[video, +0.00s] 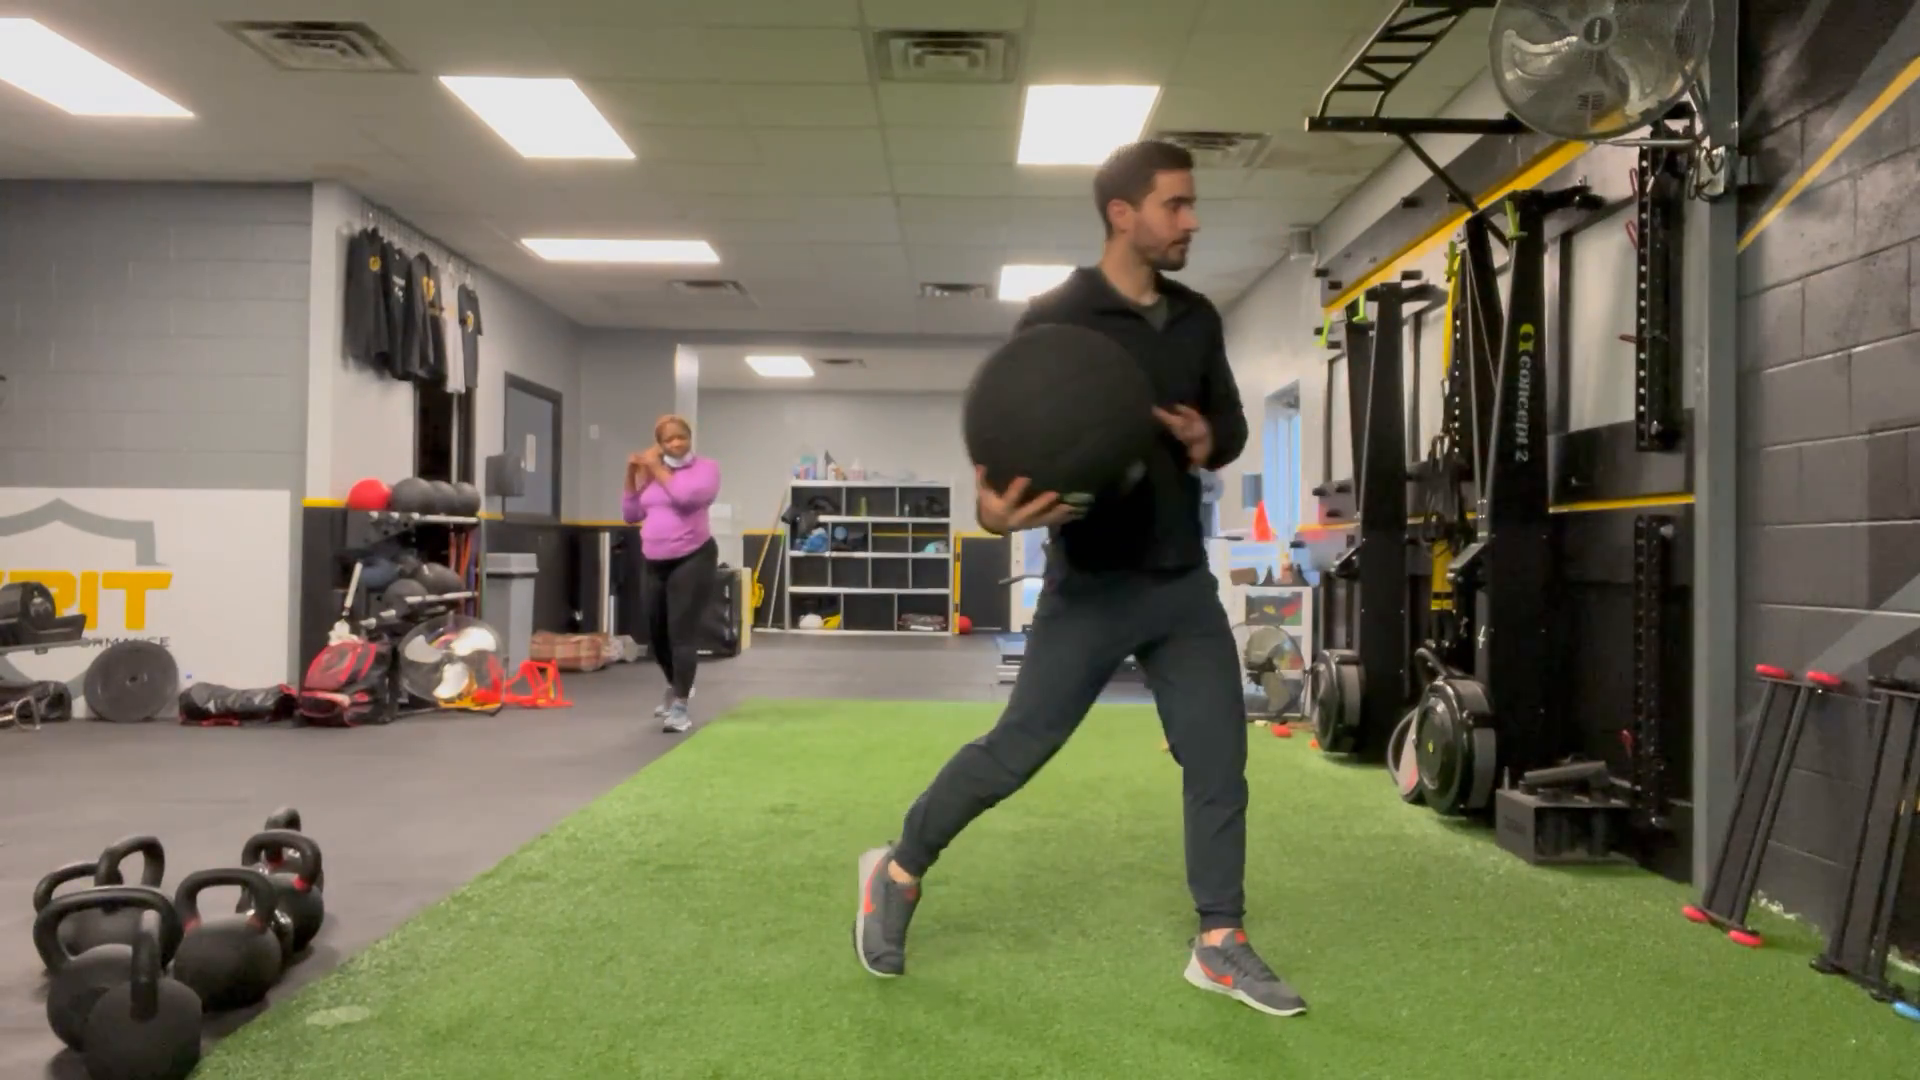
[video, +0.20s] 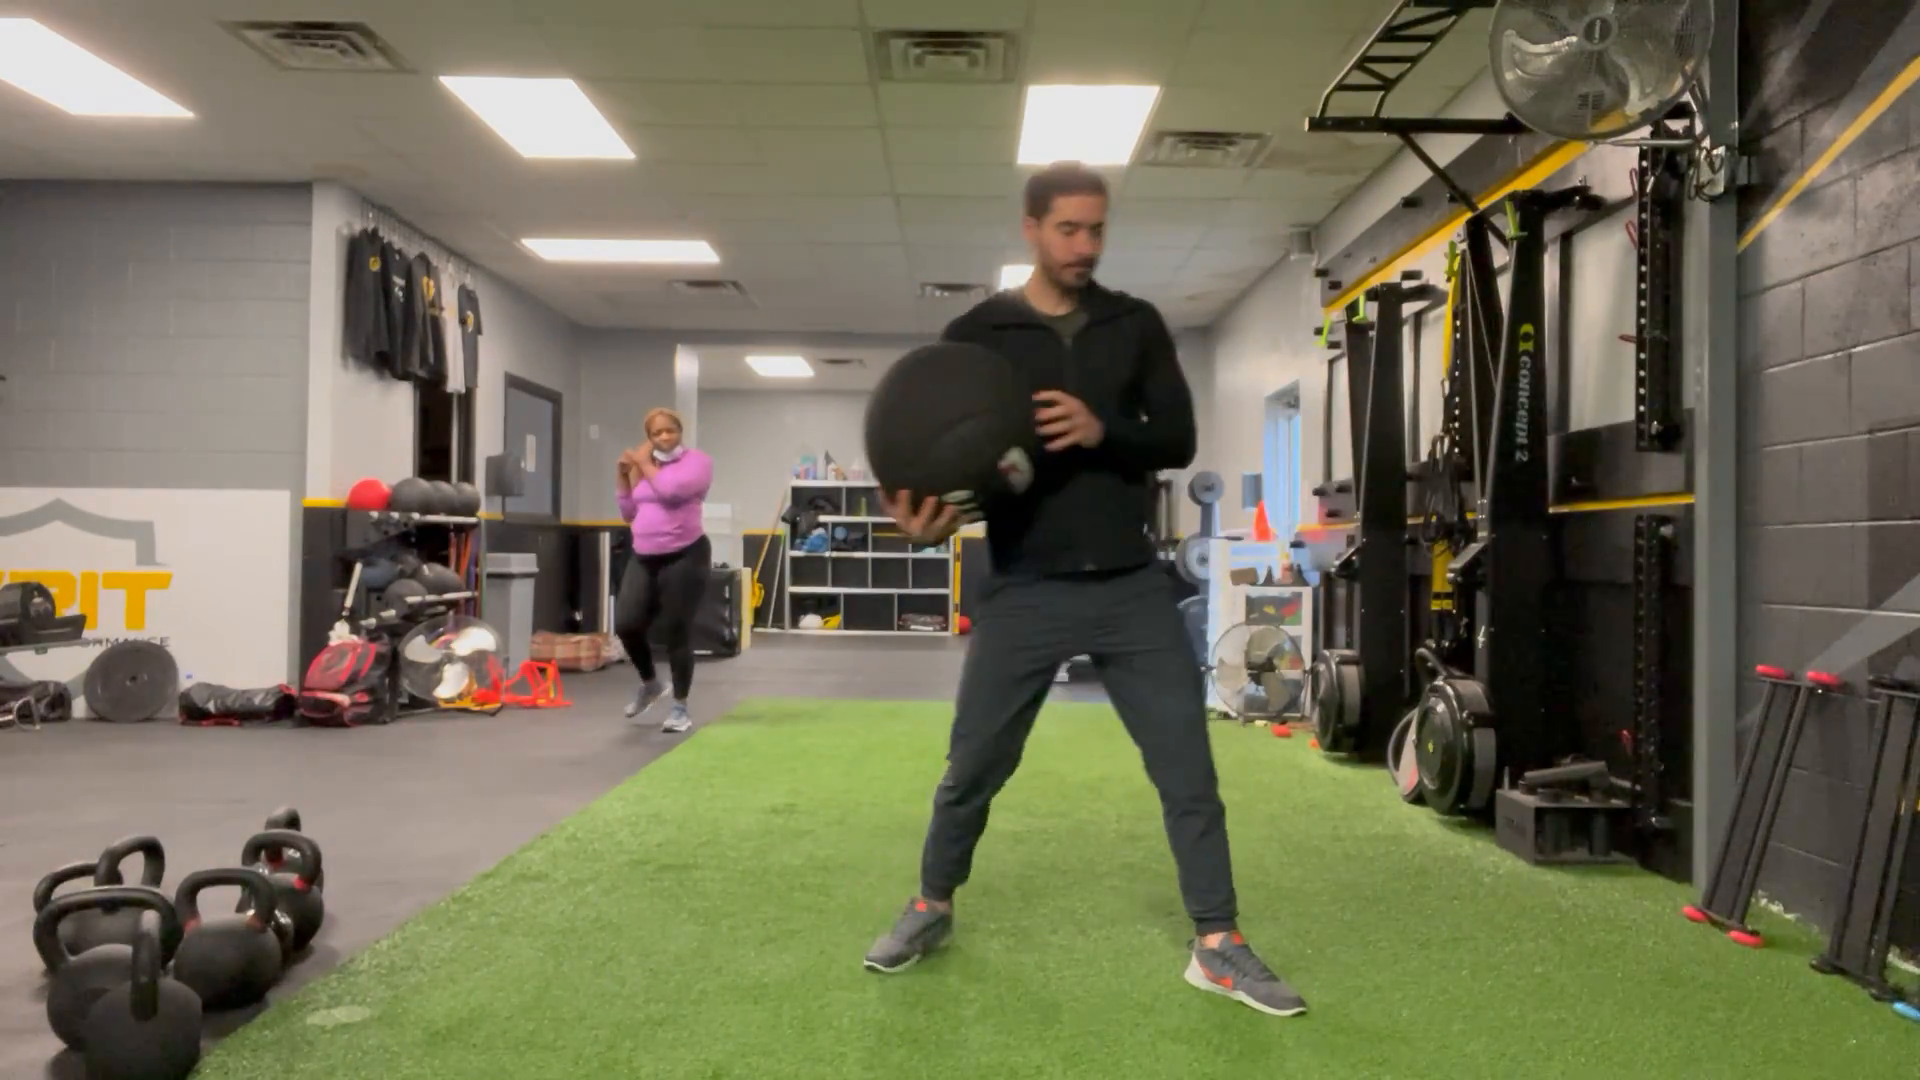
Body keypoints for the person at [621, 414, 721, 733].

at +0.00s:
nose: (676, 443)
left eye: (681, 437)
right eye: (669, 439)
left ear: (691, 439)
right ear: (660, 444)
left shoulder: (706, 468)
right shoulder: (651, 471)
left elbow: (685, 498)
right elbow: (632, 516)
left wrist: (655, 468)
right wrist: (631, 478)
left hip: (692, 557)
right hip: (655, 561)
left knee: (681, 627)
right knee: (657, 628)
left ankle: (680, 702)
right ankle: (675, 685)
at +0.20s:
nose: (664, 437)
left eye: (670, 431)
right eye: (657, 433)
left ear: (681, 433)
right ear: (649, 438)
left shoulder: (697, 462)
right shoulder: (642, 465)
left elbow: (672, 493)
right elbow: (629, 515)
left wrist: (644, 463)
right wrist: (623, 478)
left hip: (685, 555)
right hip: (644, 558)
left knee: (675, 629)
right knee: (627, 624)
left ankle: (680, 707)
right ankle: (650, 684)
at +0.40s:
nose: (646, 435)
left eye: (652, 429)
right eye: (639, 431)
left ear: (664, 431)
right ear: (632, 437)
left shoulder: (683, 460)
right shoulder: (628, 465)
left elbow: (653, 491)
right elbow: (617, 514)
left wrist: (629, 464)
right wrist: (609, 482)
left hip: (671, 556)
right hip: (629, 558)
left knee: (670, 634)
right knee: (620, 632)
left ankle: (678, 709)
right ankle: (603, 710)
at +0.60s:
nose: (624, 435)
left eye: (629, 429)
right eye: (616, 432)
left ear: (640, 431)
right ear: (606, 439)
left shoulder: (658, 461)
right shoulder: (599, 466)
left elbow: (632, 493)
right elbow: (585, 517)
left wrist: (602, 463)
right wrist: (579, 478)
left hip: (647, 560)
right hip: (602, 563)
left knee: (650, 637)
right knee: (599, 636)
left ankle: (673, 698)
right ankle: (597, 717)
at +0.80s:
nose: (604, 429)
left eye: (610, 422)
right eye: (597, 424)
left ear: (620, 425)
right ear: (586, 430)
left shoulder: (637, 455)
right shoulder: (573, 460)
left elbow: (616, 486)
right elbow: (558, 513)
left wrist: (582, 458)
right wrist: (555, 473)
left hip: (624, 555)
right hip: (579, 558)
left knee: (610, 628)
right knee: (586, 637)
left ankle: (629, 701)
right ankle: (595, 717)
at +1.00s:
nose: (588, 429)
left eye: (593, 422)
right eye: (580, 424)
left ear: (604, 424)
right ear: (568, 429)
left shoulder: (621, 455)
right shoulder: (555, 460)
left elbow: (600, 489)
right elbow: (538, 514)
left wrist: (565, 457)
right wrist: (537, 473)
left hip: (606, 557)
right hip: (564, 562)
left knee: (593, 638)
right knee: (576, 641)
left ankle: (588, 721)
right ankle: (597, 719)